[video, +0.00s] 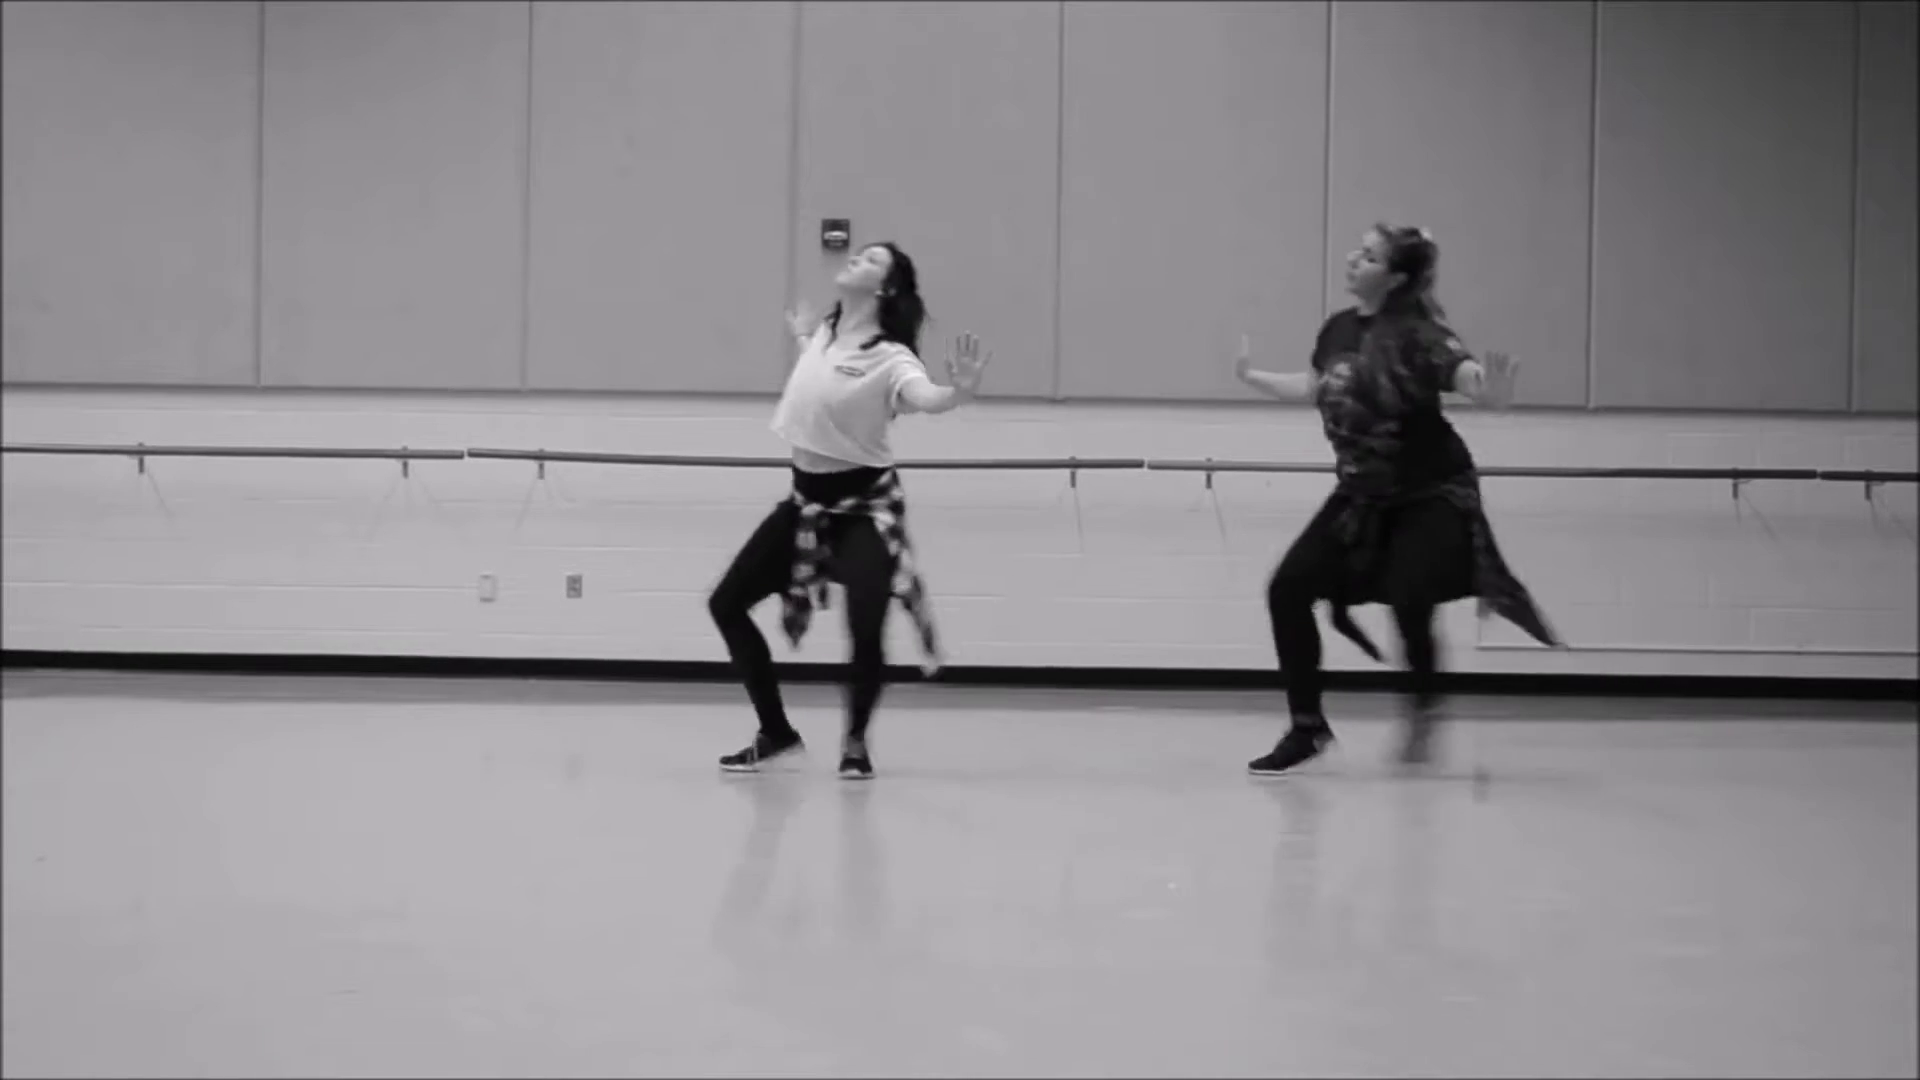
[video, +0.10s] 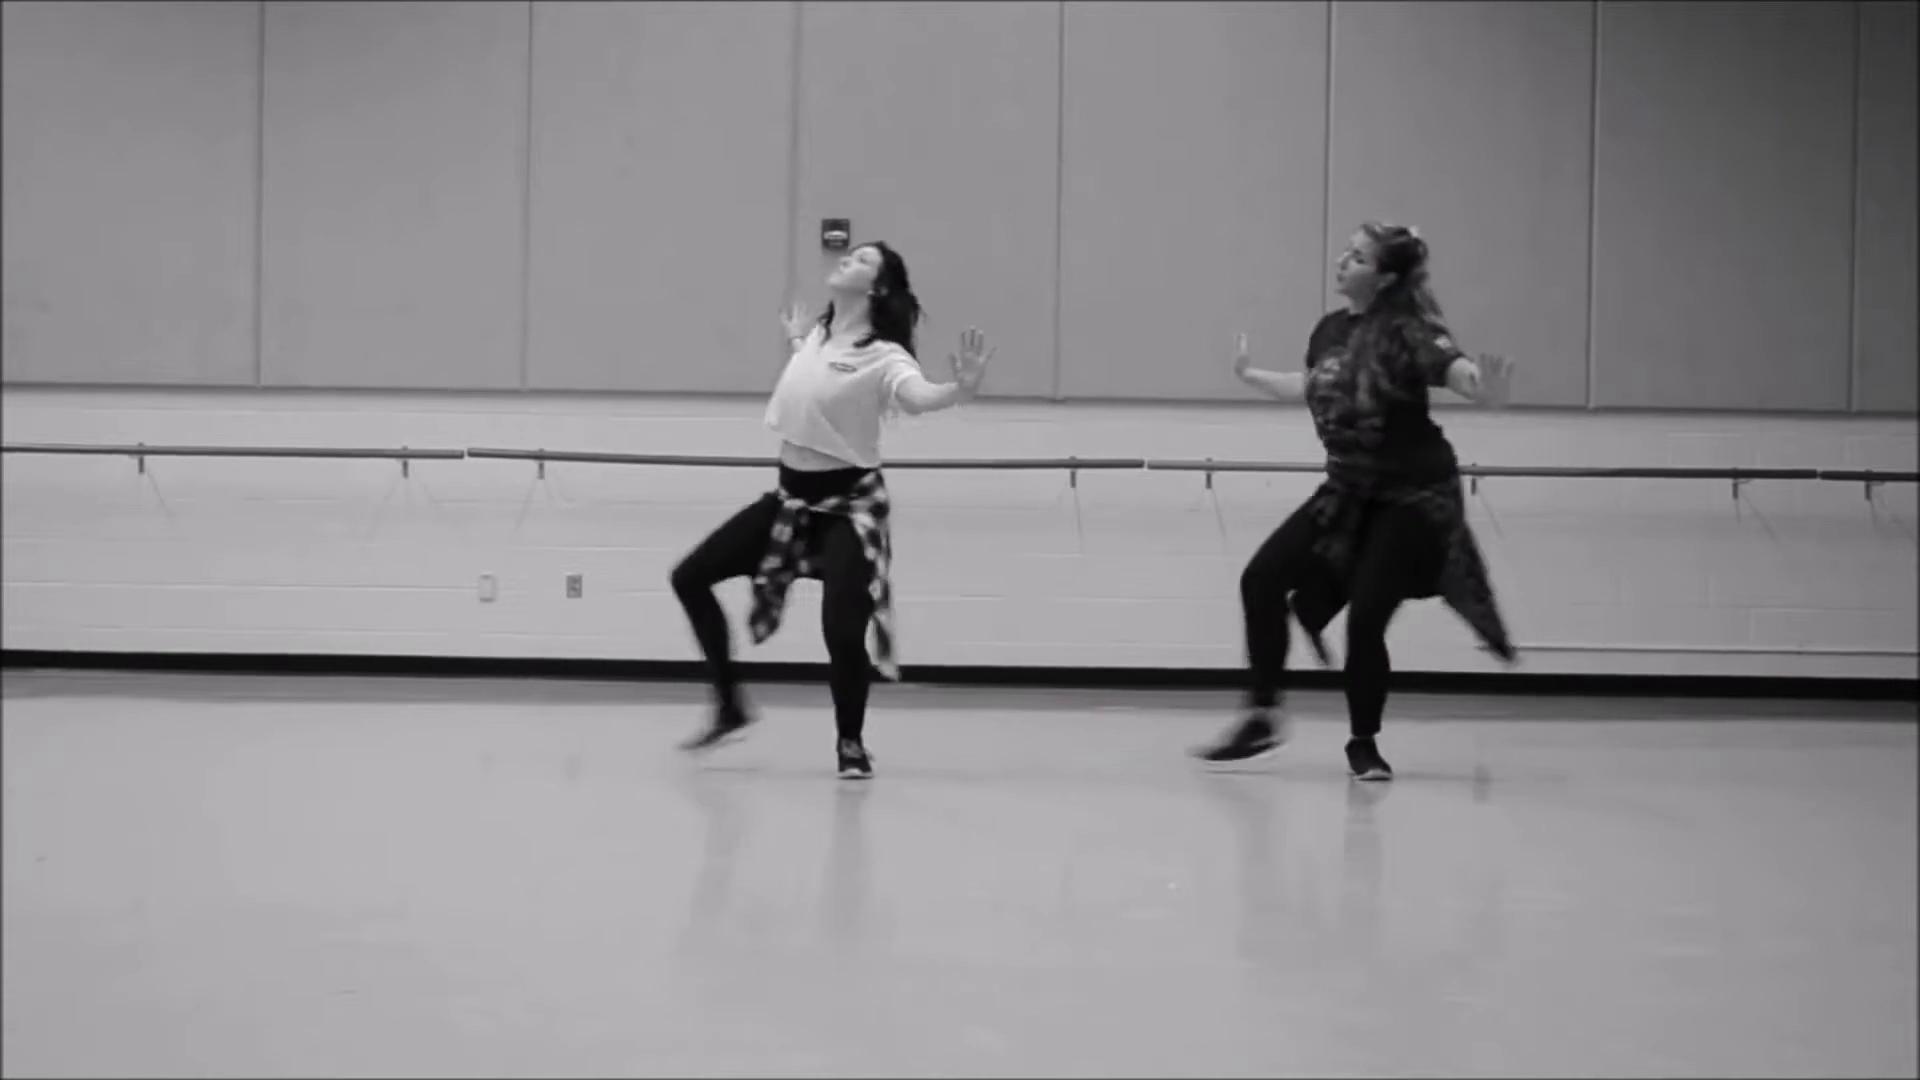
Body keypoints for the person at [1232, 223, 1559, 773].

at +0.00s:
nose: (1353, 261)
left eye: (1367, 258)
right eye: (1357, 252)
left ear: (1397, 278)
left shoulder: (1417, 331)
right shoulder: (1340, 329)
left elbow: (1461, 374)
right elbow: (1318, 386)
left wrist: (1486, 384)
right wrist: (1250, 375)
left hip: (1431, 495)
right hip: (1363, 496)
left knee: (1410, 598)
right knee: (1288, 590)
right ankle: (1307, 724)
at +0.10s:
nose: (1341, 262)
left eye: (1356, 258)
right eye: (1345, 253)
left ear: (1385, 276)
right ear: (1350, 270)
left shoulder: (1408, 329)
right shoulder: (1330, 331)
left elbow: (1455, 368)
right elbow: (1310, 388)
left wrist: (1485, 387)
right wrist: (1247, 374)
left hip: (1412, 499)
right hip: (1346, 494)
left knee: (1364, 621)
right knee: (1261, 582)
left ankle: (1363, 744)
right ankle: (1263, 716)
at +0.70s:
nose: (1296, 259)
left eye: (1307, 249)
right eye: (1291, 249)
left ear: (1337, 252)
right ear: (1288, 255)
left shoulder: (1350, 316)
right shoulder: (1290, 314)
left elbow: (1311, 401)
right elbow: (1248, 378)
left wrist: (1223, 408)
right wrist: (1175, 382)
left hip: (1350, 487)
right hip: (1289, 484)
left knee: (1339, 615)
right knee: (1232, 598)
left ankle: (1362, 742)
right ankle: (1211, 735)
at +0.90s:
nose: (1263, 255)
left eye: (1275, 243)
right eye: (1255, 244)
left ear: (1301, 243)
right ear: (1248, 248)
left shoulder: (1327, 305)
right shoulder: (1253, 310)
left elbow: (1288, 387)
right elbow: (1229, 384)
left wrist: (1201, 396)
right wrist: (1163, 397)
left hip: (1336, 472)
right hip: (1274, 472)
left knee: (1338, 602)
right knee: (1223, 587)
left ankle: (1378, 735)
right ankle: (1209, 727)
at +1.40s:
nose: (1321, 325)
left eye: (1331, 311)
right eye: (1309, 314)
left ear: (1352, 305)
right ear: (1295, 312)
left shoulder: (1383, 359)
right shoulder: (1281, 354)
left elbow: (1358, 447)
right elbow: (1253, 431)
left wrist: (1282, 448)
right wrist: (1207, 441)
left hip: (1338, 516)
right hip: (1264, 510)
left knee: (1354, 629)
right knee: (1168, 603)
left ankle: (1371, 746)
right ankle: (1200, 736)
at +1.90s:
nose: (1196, 256)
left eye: (1202, 241)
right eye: (1182, 250)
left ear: (1224, 236)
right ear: (1171, 257)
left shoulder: (1260, 289)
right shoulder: (1168, 288)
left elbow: (1242, 358)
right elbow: (1109, 336)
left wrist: (1157, 376)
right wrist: (1087, 366)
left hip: (1282, 464)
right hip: (1207, 468)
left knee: (1318, 590)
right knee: (1199, 603)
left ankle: (1354, 712)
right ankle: (1203, 735)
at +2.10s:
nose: (1130, 276)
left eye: (1134, 261)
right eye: (1118, 274)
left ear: (1159, 252)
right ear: (1116, 285)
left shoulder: (1205, 296)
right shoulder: (1134, 317)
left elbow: (1147, 362)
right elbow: (1085, 366)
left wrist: (1079, 415)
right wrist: (1045, 425)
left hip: (1251, 465)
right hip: (1194, 469)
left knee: (1203, 584)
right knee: (1175, 589)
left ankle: (1231, 728)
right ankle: (1196, 731)